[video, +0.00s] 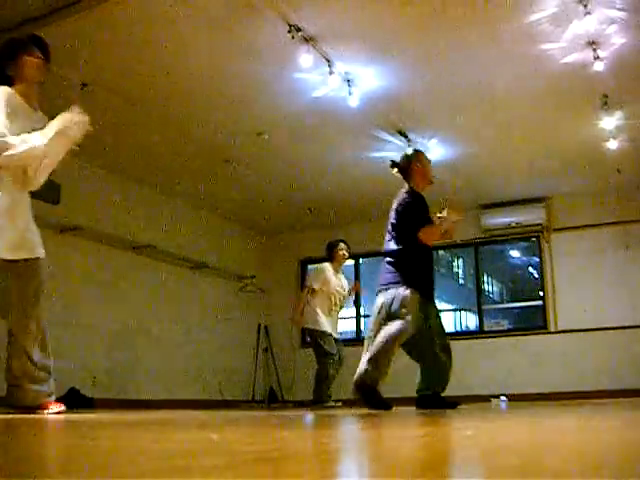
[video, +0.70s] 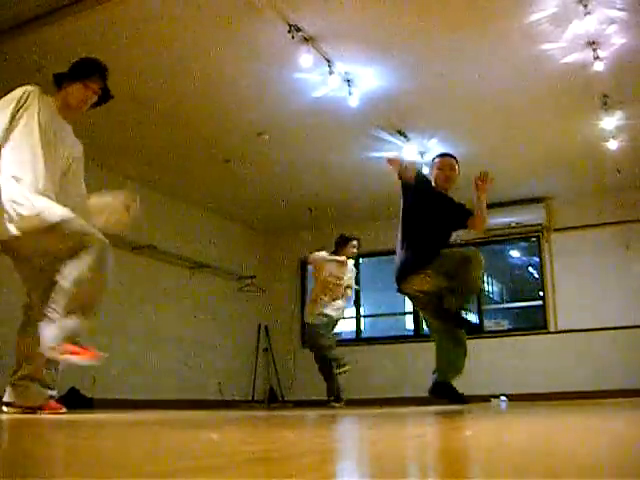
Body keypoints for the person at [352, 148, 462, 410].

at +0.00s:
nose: (431, 170)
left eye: (429, 164)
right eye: (427, 164)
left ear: (415, 168)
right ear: (416, 168)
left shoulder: (410, 201)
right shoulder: (410, 200)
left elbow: (422, 235)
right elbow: (426, 235)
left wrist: (439, 226)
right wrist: (445, 225)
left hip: (413, 286)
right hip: (403, 284)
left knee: (437, 347)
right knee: (406, 323)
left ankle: (429, 394)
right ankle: (366, 381)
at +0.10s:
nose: (438, 170)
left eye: (436, 166)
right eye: (433, 166)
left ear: (422, 172)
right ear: (422, 171)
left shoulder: (419, 198)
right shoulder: (416, 197)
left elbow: (416, 234)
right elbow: (436, 203)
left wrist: (435, 235)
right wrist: (452, 201)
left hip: (420, 272)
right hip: (412, 270)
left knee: (435, 335)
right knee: (434, 309)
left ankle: (431, 391)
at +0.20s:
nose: (442, 169)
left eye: (441, 164)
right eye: (438, 165)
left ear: (421, 169)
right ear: (428, 167)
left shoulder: (416, 193)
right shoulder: (425, 190)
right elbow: (447, 187)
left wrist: (435, 231)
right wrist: (464, 184)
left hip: (408, 273)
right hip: (421, 270)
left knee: (435, 330)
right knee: (465, 297)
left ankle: (435, 384)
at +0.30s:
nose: (444, 171)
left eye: (443, 166)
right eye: (442, 167)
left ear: (419, 171)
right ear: (435, 170)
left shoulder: (413, 192)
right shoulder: (439, 194)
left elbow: (425, 187)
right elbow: (469, 213)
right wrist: (486, 195)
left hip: (406, 271)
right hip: (427, 268)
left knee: (435, 330)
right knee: (474, 299)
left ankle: (440, 386)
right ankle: (440, 318)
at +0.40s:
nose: (446, 182)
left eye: (445, 176)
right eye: (444, 177)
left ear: (421, 179)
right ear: (439, 177)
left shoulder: (410, 207)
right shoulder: (438, 207)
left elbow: (423, 246)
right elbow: (454, 247)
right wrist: (481, 250)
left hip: (414, 289)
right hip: (437, 286)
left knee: (438, 344)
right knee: (471, 329)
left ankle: (440, 393)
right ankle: (486, 387)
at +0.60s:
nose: (455, 184)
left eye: (455, 179)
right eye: (451, 178)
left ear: (440, 180)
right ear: (437, 179)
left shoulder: (436, 211)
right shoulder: (425, 200)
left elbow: (463, 244)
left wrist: (477, 216)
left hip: (418, 282)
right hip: (433, 276)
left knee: (445, 339)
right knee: (476, 289)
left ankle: (442, 390)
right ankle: (484, 342)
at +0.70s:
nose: (445, 174)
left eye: (451, 170)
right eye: (440, 169)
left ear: (457, 175)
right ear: (431, 171)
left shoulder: (452, 208)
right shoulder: (418, 186)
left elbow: (477, 225)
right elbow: (400, 166)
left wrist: (480, 195)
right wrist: (400, 165)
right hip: (415, 267)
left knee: (449, 331)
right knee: (470, 259)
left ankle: (442, 382)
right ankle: (454, 308)